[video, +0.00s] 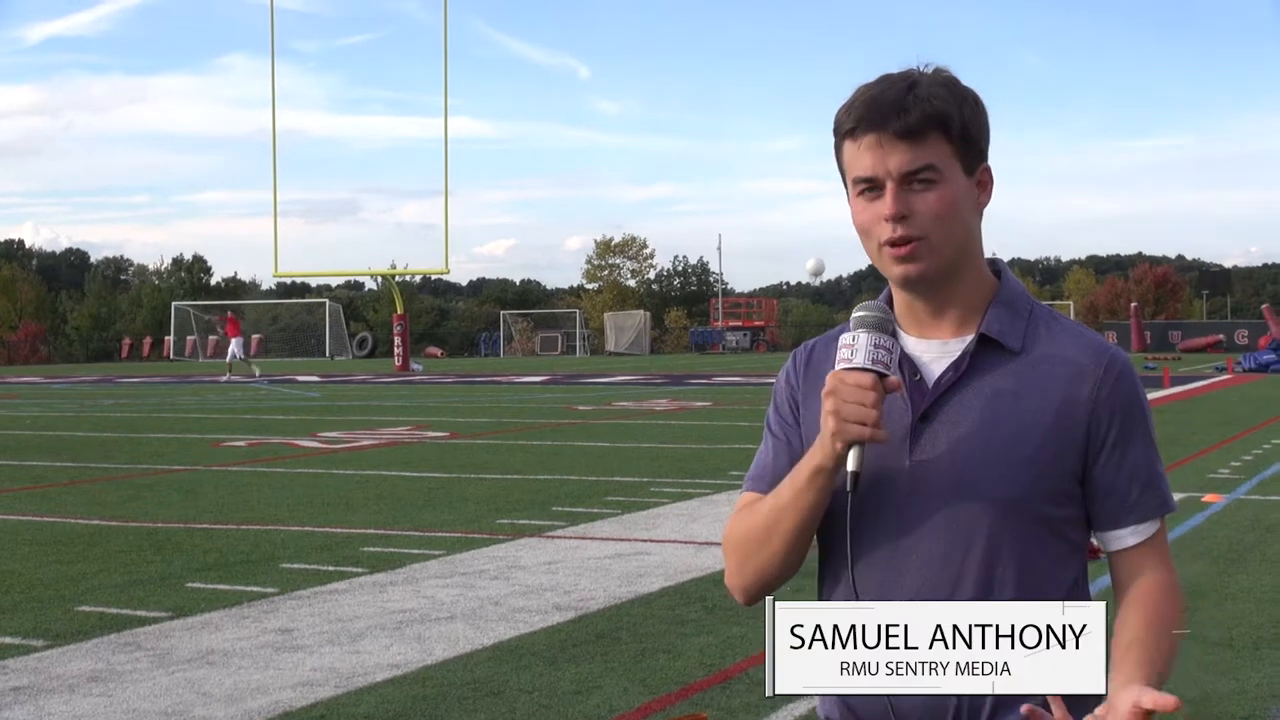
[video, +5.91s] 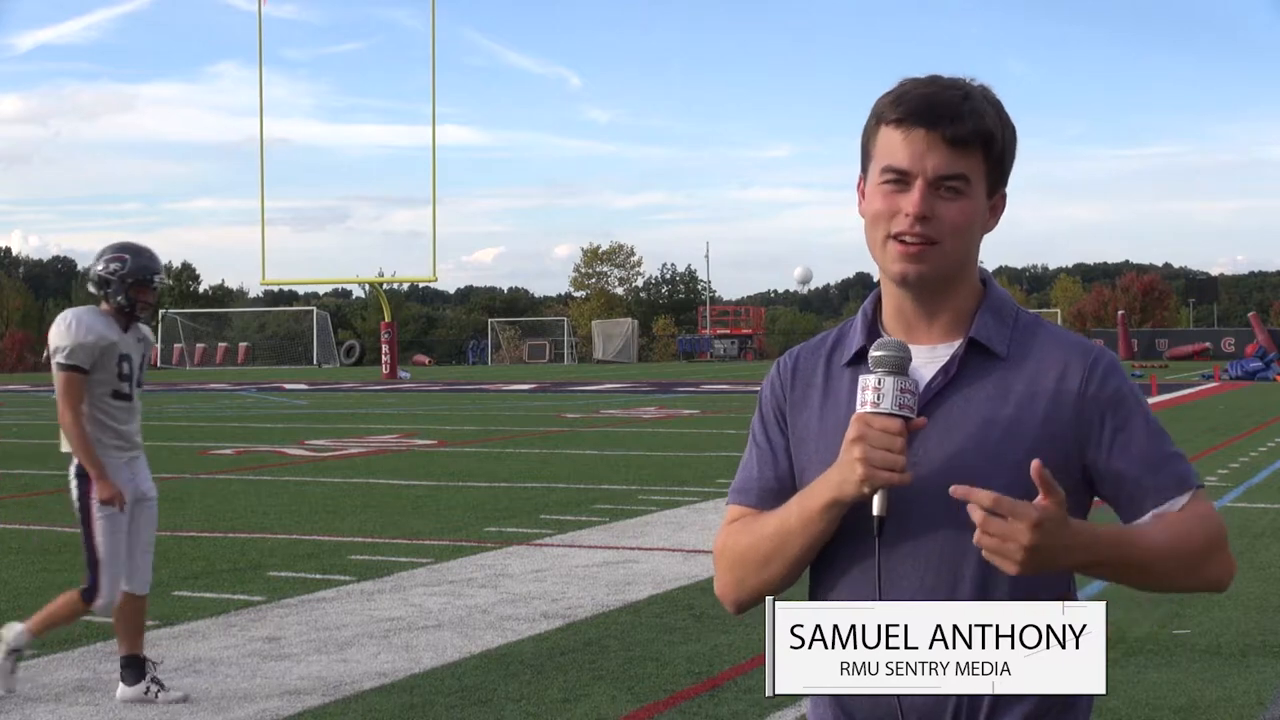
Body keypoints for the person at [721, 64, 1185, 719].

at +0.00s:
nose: (893, 212)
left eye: (921, 181)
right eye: (870, 190)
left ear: (981, 187)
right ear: (850, 207)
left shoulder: (1089, 373)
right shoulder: (814, 372)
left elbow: (1145, 570)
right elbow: (744, 575)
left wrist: (1128, 687)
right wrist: (825, 453)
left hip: (1030, 709)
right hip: (857, 707)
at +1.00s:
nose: (894, 213)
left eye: (927, 186)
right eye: (873, 186)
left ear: (984, 198)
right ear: (852, 200)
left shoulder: (1083, 382)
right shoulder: (805, 377)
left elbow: (1153, 583)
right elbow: (741, 585)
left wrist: (1099, 595)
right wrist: (814, 474)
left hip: (1026, 709)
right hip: (849, 707)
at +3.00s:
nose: (910, 190)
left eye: (938, 170)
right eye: (884, 171)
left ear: (980, 198)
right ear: (849, 207)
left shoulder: (1077, 379)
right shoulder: (796, 384)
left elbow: (1147, 593)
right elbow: (744, 590)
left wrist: (1093, 578)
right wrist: (824, 503)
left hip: (1025, 707)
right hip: (847, 707)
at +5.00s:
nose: (907, 203)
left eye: (943, 181)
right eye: (888, 176)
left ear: (991, 207)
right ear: (860, 195)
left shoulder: (1074, 379)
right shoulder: (796, 380)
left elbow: (1143, 611)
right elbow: (738, 588)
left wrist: (1120, 536)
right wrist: (811, 499)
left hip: (1025, 705)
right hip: (848, 706)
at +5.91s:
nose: (916, 209)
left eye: (949, 188)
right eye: (895, 181)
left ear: (993, 209)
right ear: (863, 196)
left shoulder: (1077, 375)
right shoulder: (798, 379)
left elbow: (1209, 556)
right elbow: (733, 581)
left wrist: (1074, 546)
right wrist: (838, 483)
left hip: (1024, 703)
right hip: (850, 702)